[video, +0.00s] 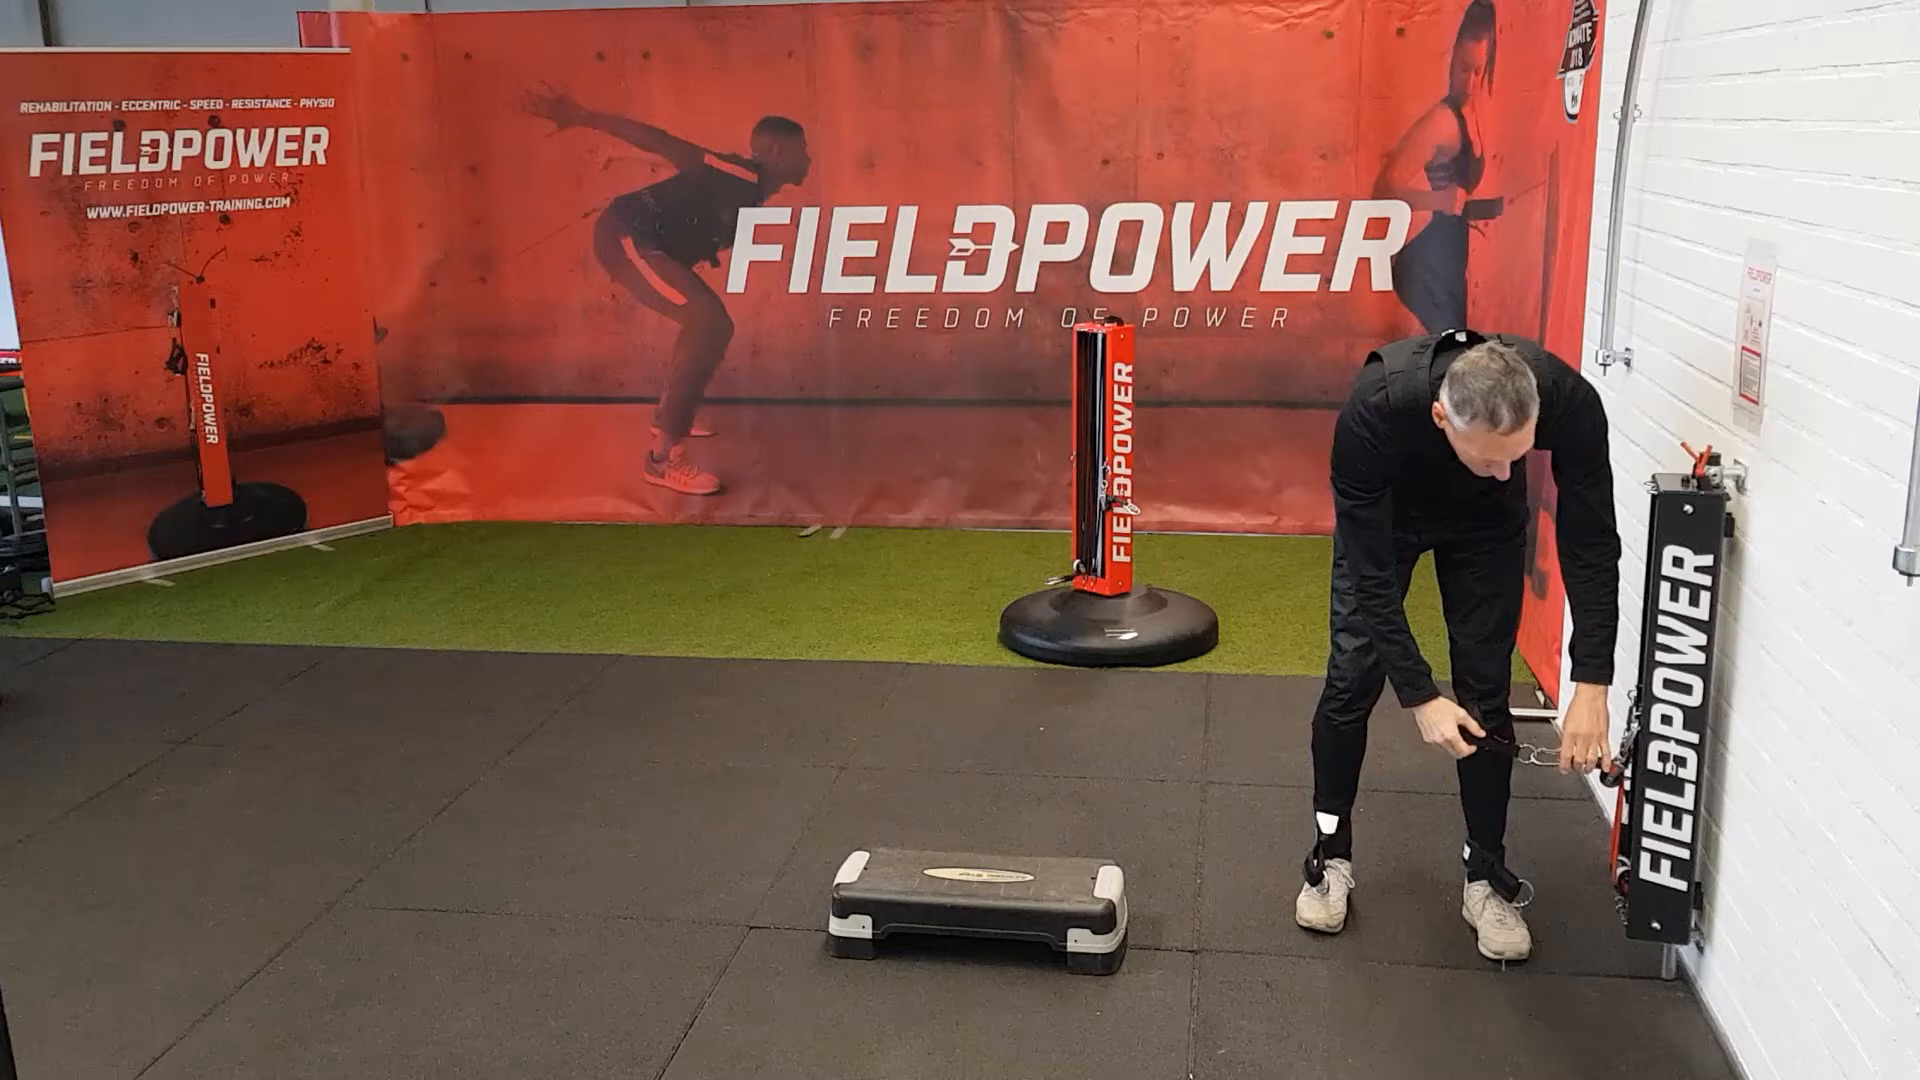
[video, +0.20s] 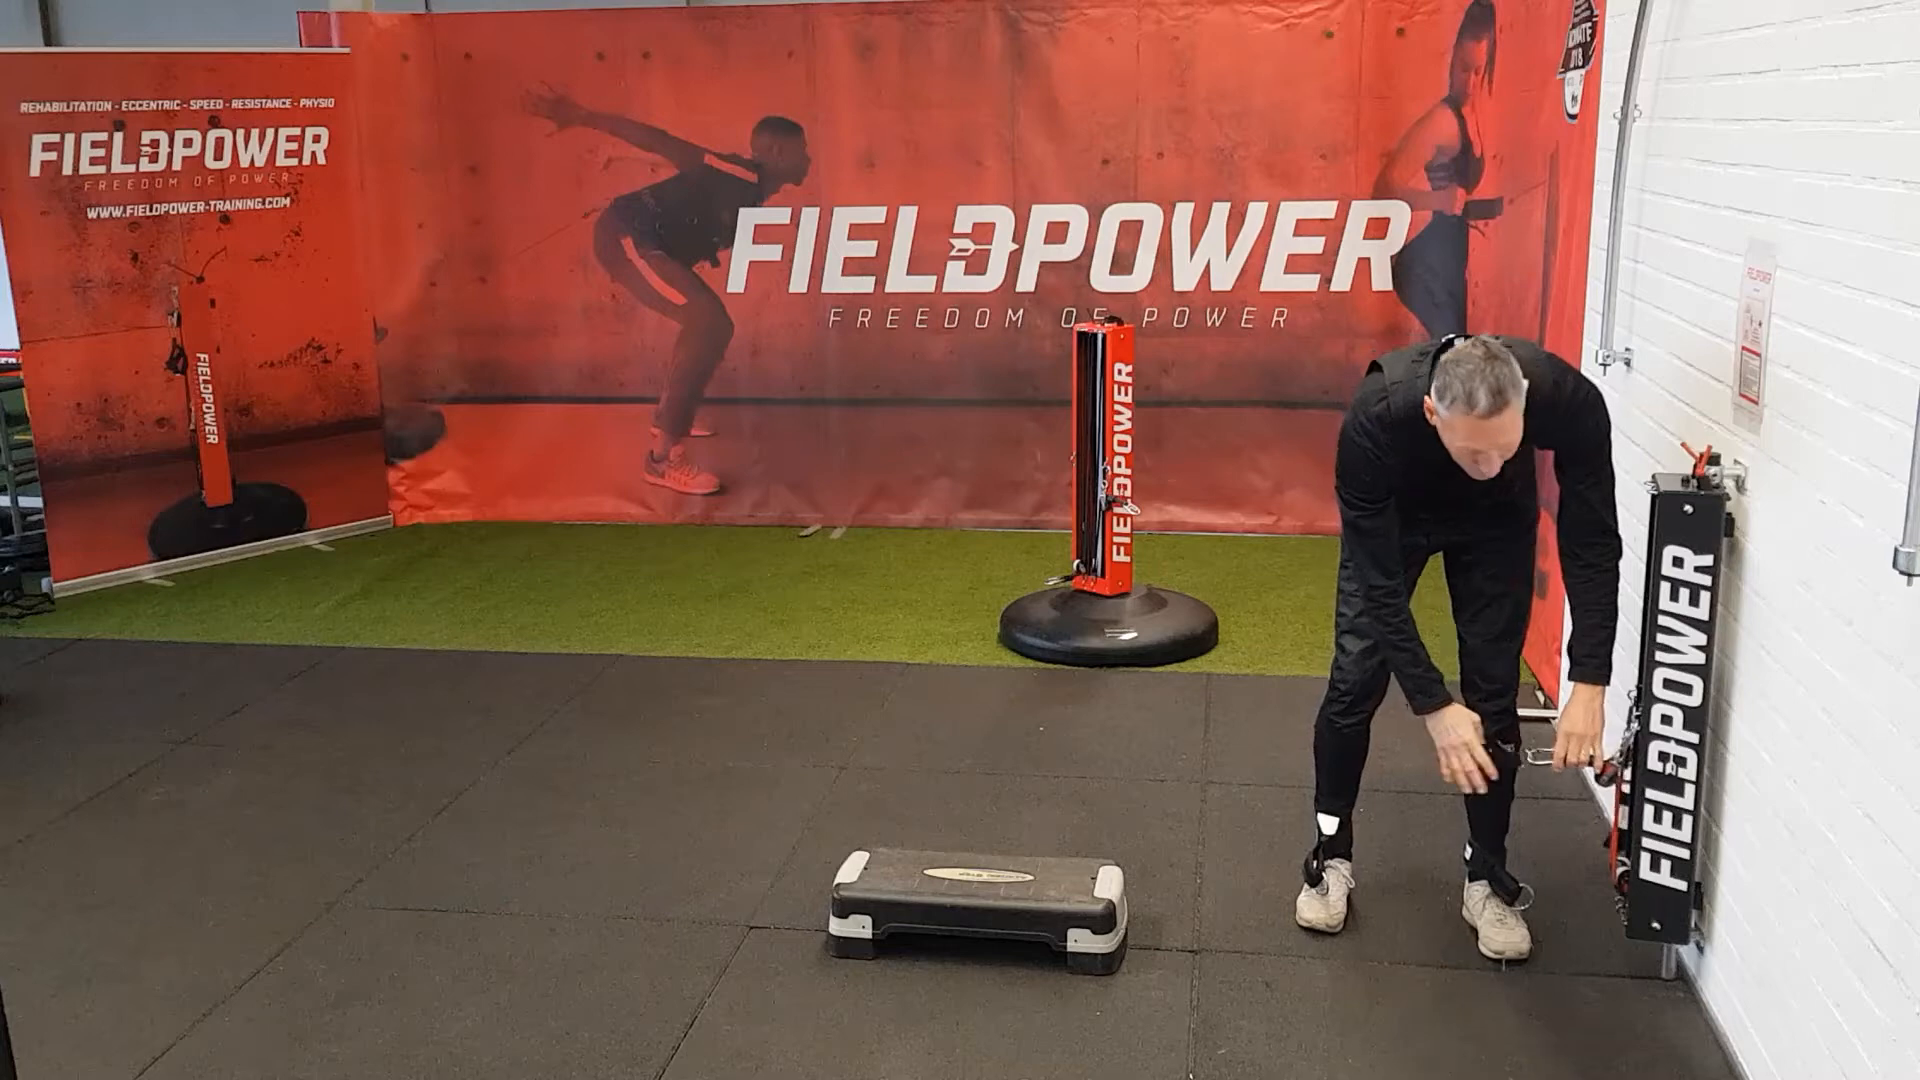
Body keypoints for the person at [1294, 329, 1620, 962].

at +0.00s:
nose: (1504, 469)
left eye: (1516, 454)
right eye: (1488, 458)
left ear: (1535, 410)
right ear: (1443, 417)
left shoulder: (1569, 407)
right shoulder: (1373, 418)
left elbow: (1592, 549)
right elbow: (1371, 578)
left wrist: (1592, 686)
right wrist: (1421, 696)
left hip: (1486, 518)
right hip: (1388, 521)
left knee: (1486, 694)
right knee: (1350, 684)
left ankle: (1485, 877)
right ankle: (1329, 859)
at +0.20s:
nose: (1491, 464)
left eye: (1504, 449)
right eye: (1473, 452)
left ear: (1522, 406)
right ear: (1433, 411)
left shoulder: (1570, 404)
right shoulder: (1377, 425)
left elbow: (1592, 546)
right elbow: (1379, 586)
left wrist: (1589, 685)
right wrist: (1435, 705)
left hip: (1495, 521)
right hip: (1394, 522)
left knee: (1493, 695)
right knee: (1354, 683)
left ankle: (1487, 878)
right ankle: (1330, 859)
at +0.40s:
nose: (1491, 459)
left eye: (1506, 441)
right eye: (1473, 444)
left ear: (1527, 401)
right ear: (1437, 407)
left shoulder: (1580, 399)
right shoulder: (1389, 432)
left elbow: (1593, 540)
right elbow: (1412, 590)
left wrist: (1588, 682)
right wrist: (1486, 710)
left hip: (1511, 524)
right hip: (1405, 527)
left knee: (1504, 699)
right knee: (1362, 687)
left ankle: (1487, 879)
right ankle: (1330, 859)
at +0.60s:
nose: (1513, 431)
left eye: (1530, 412)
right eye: (1494, 414)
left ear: (1554, 373)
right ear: (1463, 381)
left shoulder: (1602, 386)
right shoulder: (1411, 415)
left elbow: (1602, 534)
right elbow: (1423, 579)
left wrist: (1591, 676)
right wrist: (1493, 703)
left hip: (1524, 523)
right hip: (1417, 523)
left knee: (1522, 707)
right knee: (1375, 690)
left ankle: (1487, 881)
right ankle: (1335, 854)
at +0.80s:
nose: (1528, 417)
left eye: (1546, 398)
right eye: (1510, 399)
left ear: (1573, 362)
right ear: (1480, 366)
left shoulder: (1617, 383)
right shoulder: (1425, 404)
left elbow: (1607, 538)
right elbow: (1431, 573)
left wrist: (1590, 676)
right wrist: (1492, 700)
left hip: (1531, 535)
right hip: (1422, 531)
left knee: (1532, 715)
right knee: (1388, 691)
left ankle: (1489, 881)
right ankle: (1358, 868)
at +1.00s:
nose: (1535, 441)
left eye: (1552, 422)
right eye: (1517, 424)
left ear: (1576, 387)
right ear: (1481, 386)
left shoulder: (1617, 395)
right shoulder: (1426, 417)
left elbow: (1612, 542)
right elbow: (1431, 593)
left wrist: (1598, 685)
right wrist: (1498, 715)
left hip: (1524, 533)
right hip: (1423, 534)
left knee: (1530, 717)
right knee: (1416, 717)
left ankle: (1487, 884)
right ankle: (1407, 921)